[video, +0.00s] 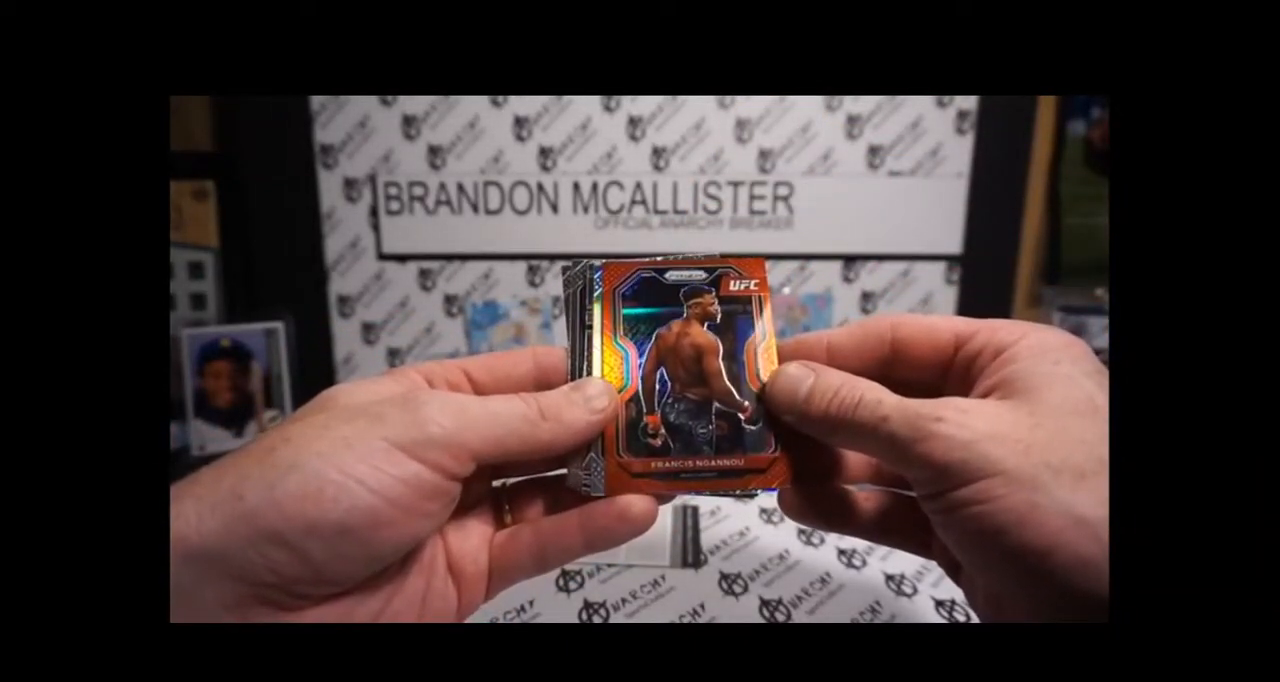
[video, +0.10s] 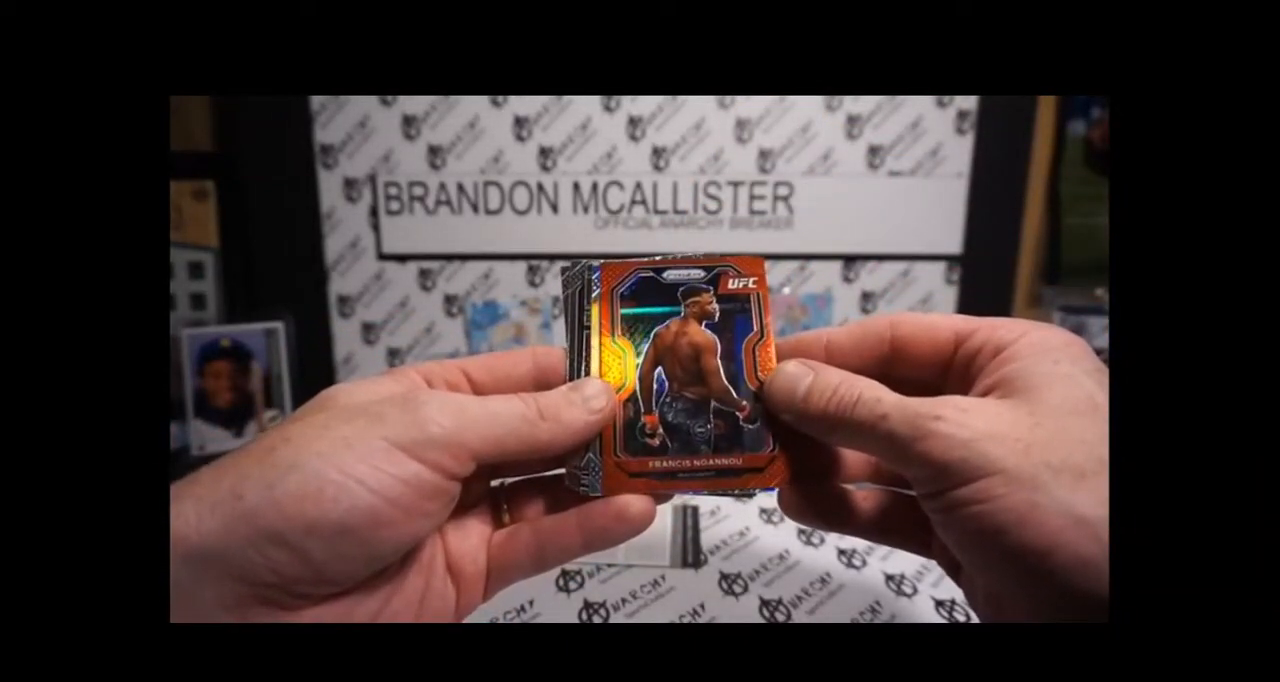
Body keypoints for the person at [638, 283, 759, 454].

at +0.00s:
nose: (718, 308)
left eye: (716, 303)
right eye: (713, 304)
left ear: (693, 309)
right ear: (694, 308)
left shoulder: (663, 334)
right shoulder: (708, 341)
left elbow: (648, 374)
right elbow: (720, 389)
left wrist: (650, 413)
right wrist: (743, 407)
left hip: (671, 407)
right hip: (698, 412)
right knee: (702, 474)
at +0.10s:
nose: (716, 307)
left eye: (715, 302)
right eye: (710, 303)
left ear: (690, 307)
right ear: (692, 307)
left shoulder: (661, 333)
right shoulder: (705, 339)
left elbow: (645, 373)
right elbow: (718, 388)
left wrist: (648, 413)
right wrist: (742, 407)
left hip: (669, 406)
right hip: (696, 412)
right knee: (697, 472)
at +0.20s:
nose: (714, 303)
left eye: (713, 298)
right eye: (708, 299)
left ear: (687, 304)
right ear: (690, 303)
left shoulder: (658, 330)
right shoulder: (703, 336)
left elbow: (641, 371)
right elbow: (714, 386)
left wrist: (644, 410)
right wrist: (738, 404)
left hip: (665, 403)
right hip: (692, 411)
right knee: (693, 470)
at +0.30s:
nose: (717, 305)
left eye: (715, 299)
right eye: (712, 300)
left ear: (690, 305)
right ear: (693, 304)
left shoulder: (661, 330)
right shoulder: (705, 338)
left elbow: (644, 370)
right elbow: (717, 389)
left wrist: (646, 410)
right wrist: (740, 406)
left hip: (667, 404)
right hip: (693, 411)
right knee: (696, 471)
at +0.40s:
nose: (719, 306)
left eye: (717, 300)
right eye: (713, 301)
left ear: (692, 305)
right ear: (695, 305)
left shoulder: (663, 331)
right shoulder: (707, 339)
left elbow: (647, 370)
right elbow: (718, 389)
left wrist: (648, 411)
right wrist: (742, 407)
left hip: (670, 404)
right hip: (696, 412)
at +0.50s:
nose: (718, 304)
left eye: (716, 298)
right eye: (712, 299)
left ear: (693, 304)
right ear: (695, 303)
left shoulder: (662, 329)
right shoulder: (707, 337)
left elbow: (646, 369)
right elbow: (719, 387)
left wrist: (648, 410)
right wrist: (742, 405)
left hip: (669, 403)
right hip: (695, 410)